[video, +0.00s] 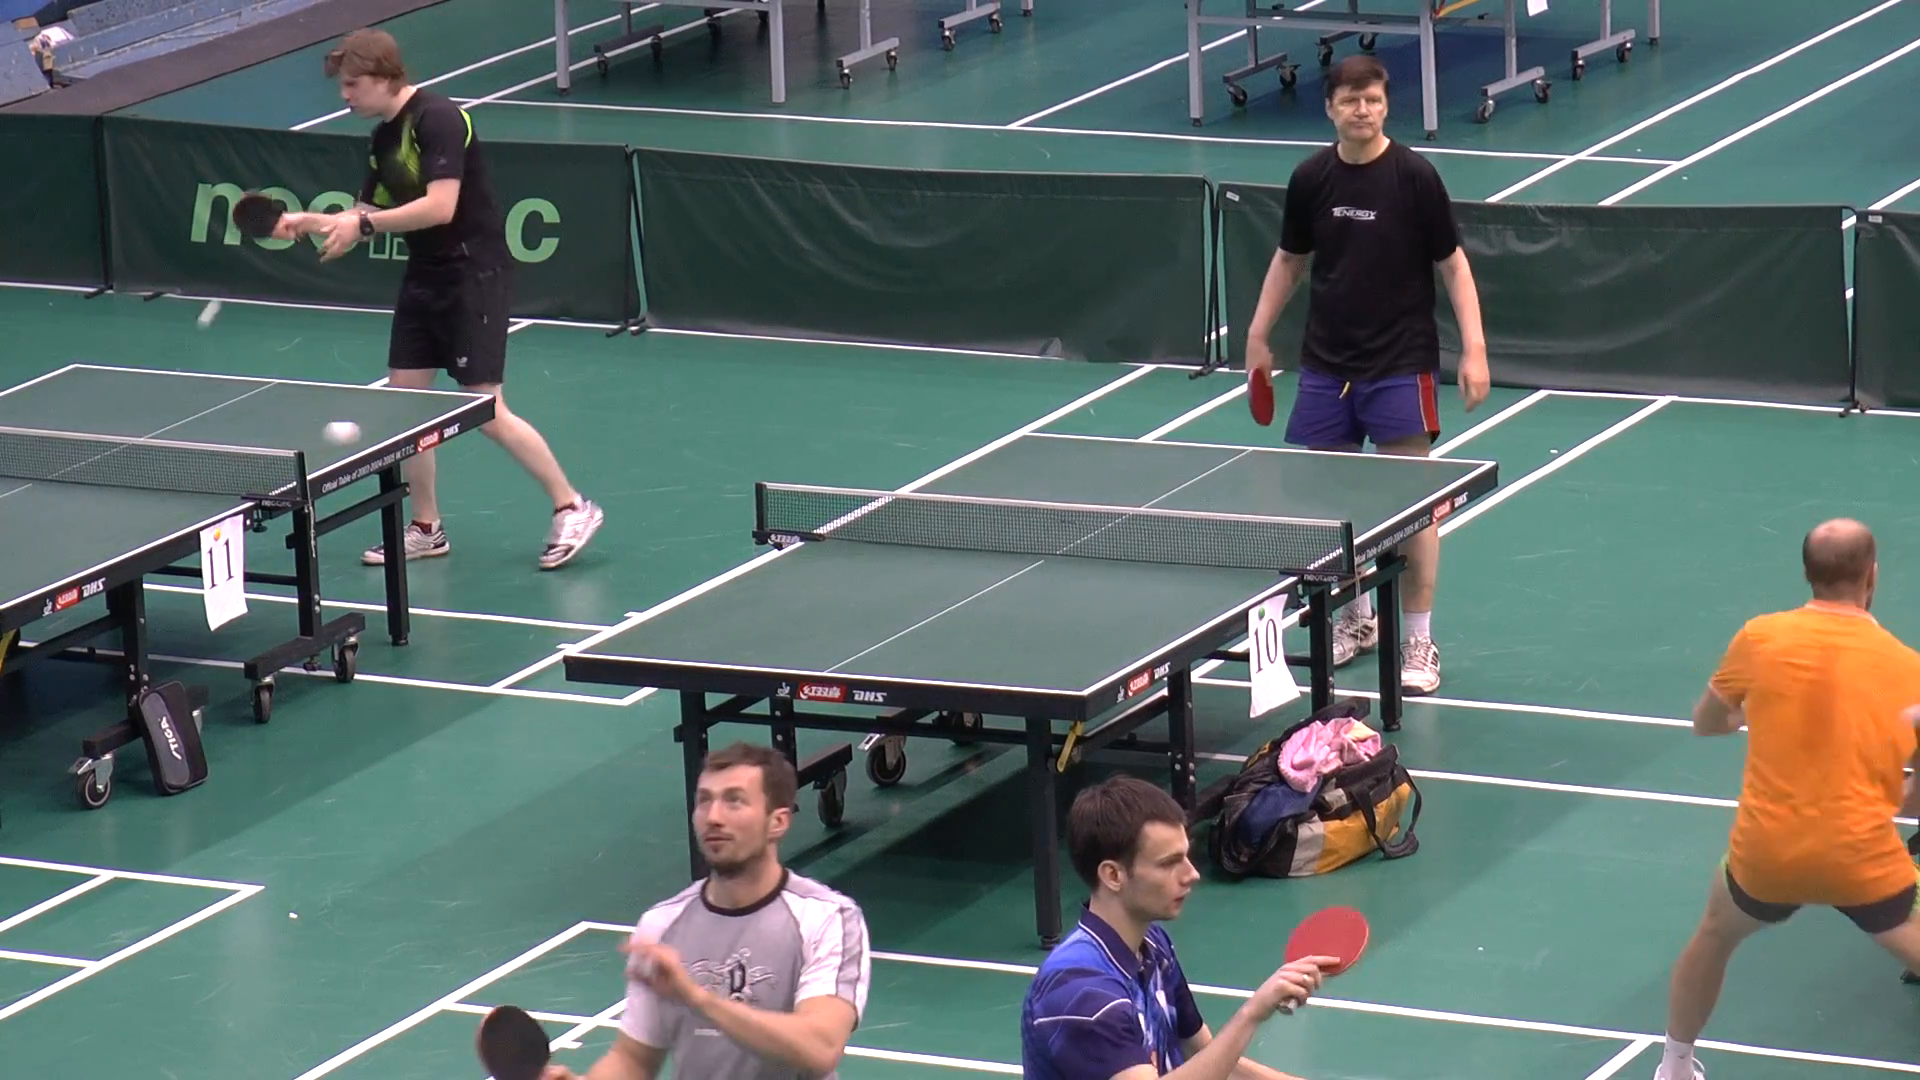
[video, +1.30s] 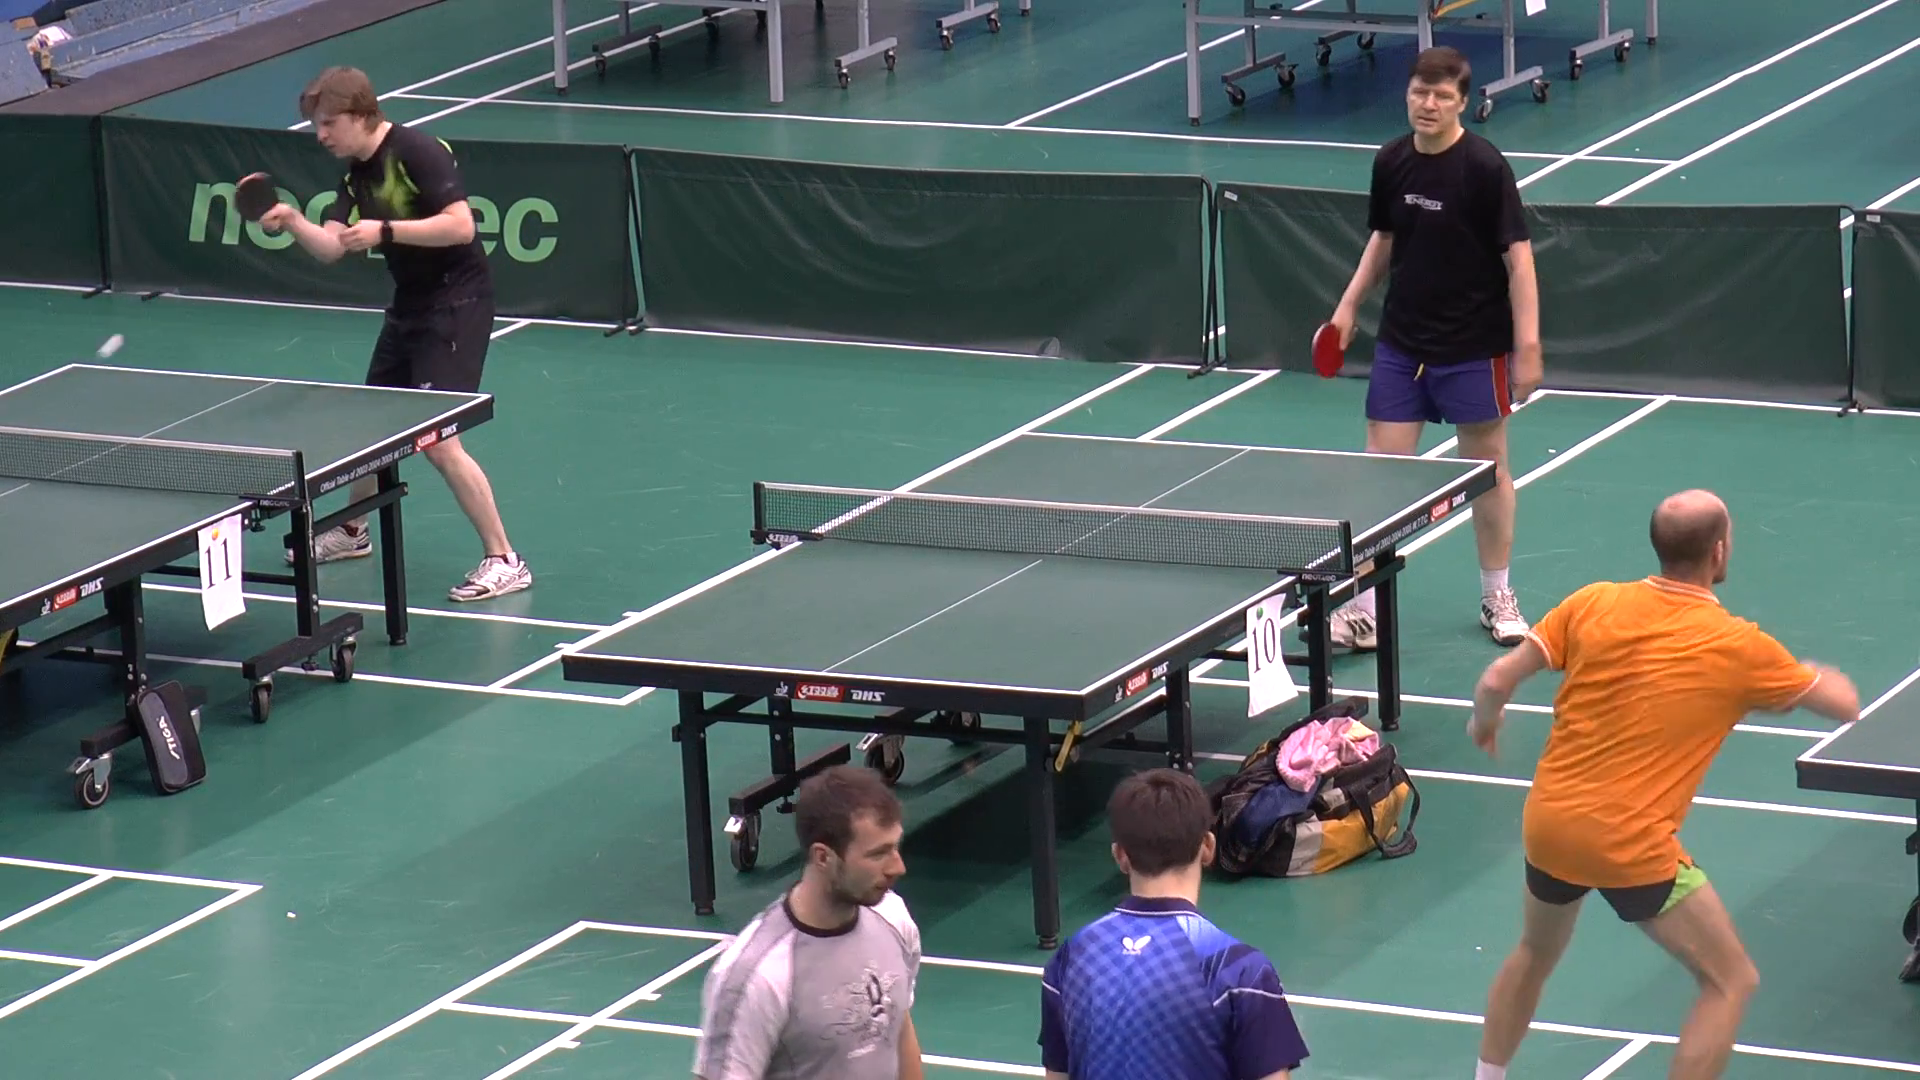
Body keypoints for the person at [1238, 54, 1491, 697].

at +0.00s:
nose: (1361, 108)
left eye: (1372, 98)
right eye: (1349, 99)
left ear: (1387, 104)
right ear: (1330, 107)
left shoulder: (1416, 176)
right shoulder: (1310, 177)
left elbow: (1454, 265)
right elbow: (1288, 259)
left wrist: (1474, 348)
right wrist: (1256, 332)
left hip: (1400, 365)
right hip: (1325, 366)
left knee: (1414, 501)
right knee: (1310, 492)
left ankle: (1418, 636)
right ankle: (1357, 610)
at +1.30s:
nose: (1426, 104)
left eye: (1440, 96)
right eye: (1419, 93)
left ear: (1462, 102)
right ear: (1407, 95)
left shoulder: (1487, 167)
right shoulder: (1390, 162)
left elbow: (1520, 261)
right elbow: (1383, 238)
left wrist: (1528, 350)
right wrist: (1348, 303)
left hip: (1475, 349)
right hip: (1401, 344)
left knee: (1489, 474)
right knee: (1381, 474)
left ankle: (1498, 593)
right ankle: (1364, 604)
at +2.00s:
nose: (1364, 99)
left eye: (1376, 91)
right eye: (1363, 89)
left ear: (1413, 93)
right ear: (1369, 91)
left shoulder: (1461, 150)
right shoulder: (1354, 157)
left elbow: (1492, 239)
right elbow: (1334, 237)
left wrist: (1493, 324)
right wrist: (1327, 281)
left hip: (1449, 339)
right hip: (1373, 340)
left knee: (1475, 468)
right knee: (1375, 476)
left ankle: (1495, 594)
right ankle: (1376, 596)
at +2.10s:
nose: (1356, 101)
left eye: (1368, 92)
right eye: (1352, 91)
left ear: (1404, 92)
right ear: (1351, 91)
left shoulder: (1451, 150)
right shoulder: (1343, 160)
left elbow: (1483, 237)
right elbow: (1329, 240)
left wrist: (1484, 322)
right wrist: (1325, 284)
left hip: (1443, 339)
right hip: (1367, 341)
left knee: (1471, 467)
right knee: (1371, 476)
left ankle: (1495, 593)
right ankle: (1375, 597)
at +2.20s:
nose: (1354, 102)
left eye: (1366, 92)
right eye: (1348, 92)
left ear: (1398, 91)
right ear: (1342, 93)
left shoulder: (1443, 149)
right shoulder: (1336, 162)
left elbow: (1477, 236)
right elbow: (1324, 243)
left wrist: (1487, 319)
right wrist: (1320, 290)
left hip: (1439, 337)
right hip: (1363, 340)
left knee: (1469, 467)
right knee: (1368, 476)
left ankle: (1493, 594)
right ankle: (1373, 596)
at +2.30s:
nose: (1355, 102)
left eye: (1367, 92)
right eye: (1347, 91)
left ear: (1395, 90)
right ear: (1339, 93)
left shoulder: (1437, 148)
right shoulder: (1331, 164)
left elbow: (1474, 233)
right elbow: (1318, 244)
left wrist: (1493, 317)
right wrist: (1312, 292)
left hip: (1437, 337)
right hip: (1360, 340)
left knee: (1468, 469)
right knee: (1367, 476)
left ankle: (1492, 594)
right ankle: (1372, 597)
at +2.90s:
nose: (1394, 101)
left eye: (1406, 91)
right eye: (1386, 91)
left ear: (1430, 92)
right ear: (1373, 91)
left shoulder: (1464, 154)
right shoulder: (1356, 162)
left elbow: (1492, 242)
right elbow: (1337, 238)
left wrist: (1484, 330)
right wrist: (1328, 287)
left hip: (1450, 345)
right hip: (1374, 345)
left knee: (1480, 476)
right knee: (1375, 480)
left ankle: (1492, 596)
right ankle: (1375, 599)